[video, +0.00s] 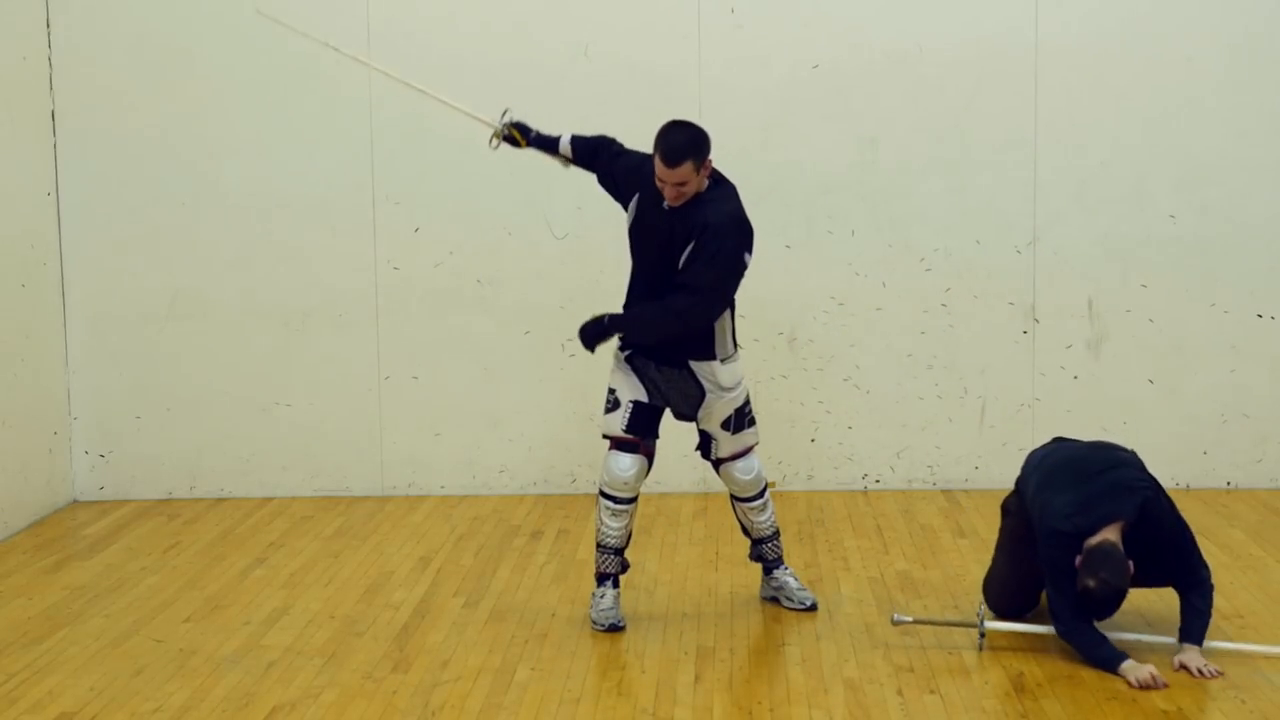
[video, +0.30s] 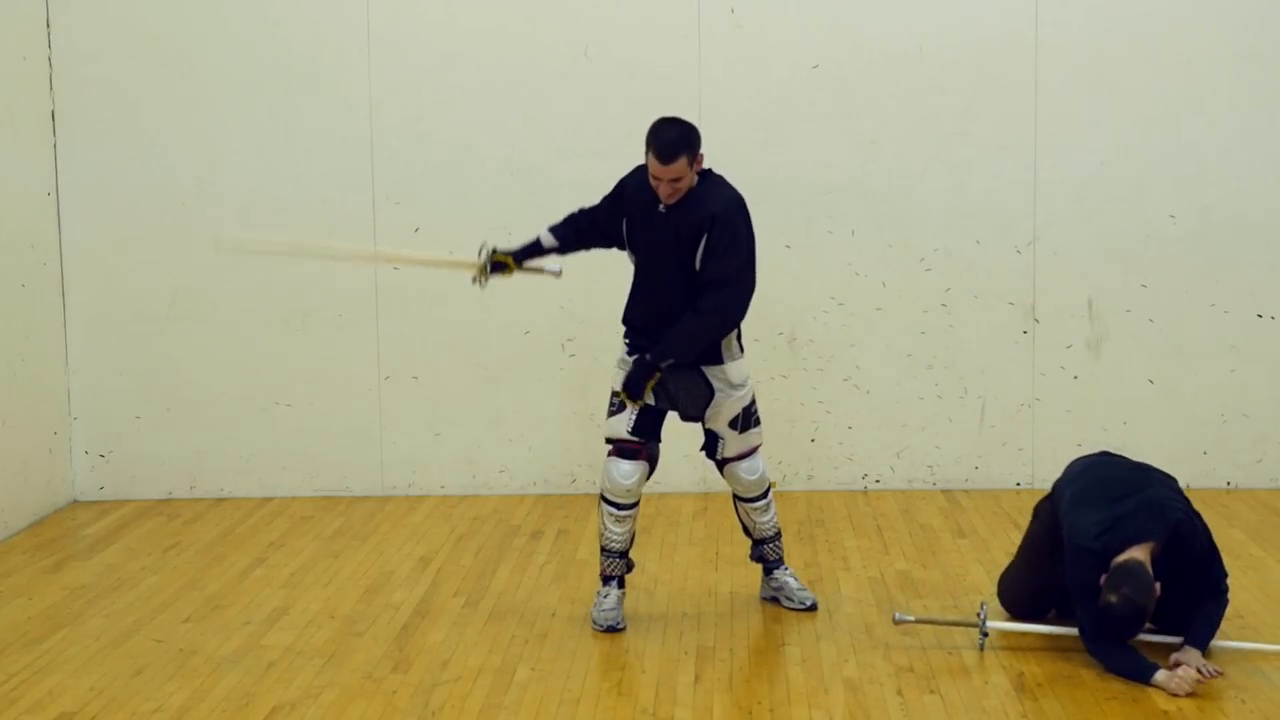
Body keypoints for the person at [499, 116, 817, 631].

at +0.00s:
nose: (669, 192)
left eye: (681, 184)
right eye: (662, 181)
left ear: (705, 169)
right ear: (654, 165)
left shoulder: (727, 222)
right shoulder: (640, 176)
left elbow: (698, 306)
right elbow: (598, 153)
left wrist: (620, 324)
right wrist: (535, 138)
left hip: (710, 359)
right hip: (642, 354)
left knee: (744, 471)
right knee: (622, 470)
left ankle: (775, 571)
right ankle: (607, 586)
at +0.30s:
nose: (664, 189)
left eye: (675, 180)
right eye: (655, 178)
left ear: (697, 163)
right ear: (645, 161)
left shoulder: (725, 209)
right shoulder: (636, 191)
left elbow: (727, 301)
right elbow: (590, 225)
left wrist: (656, 361)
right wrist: (520, 254)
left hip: (713, 351)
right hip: (644, 351)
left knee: (746, 468)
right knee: (624, 471)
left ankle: (775, 572)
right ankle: (612, 586)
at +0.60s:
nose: (619, 195)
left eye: (629, 185)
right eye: (610, 185)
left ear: (650, 167)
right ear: (598, 172)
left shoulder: (683, 205)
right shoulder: (586, 213)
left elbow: (735, 289)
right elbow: (564, 287)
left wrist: (743, 367)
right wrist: (533, 359)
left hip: (692, 366)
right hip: (617, 367)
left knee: (734, 472)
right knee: (611, 475)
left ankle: (773, 572)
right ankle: (622, 589)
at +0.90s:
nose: (558, 168)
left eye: (568, 157)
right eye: (550, 158)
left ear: (595, 141)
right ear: (543, 149)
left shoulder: (639, 177)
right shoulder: (540, 202)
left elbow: (703, 233)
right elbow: (532, 293)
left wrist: (743, 298)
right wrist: (535, 372)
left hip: (651, 354)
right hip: (579, 361)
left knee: (668, 477)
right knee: (598, 484)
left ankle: (698, 583)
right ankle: (619, 589)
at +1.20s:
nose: (526, 169)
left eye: (535, 158)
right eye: (519, 159)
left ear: (563, 143)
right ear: (513, 152)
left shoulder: (610, 186)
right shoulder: (514, 203)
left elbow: (664, 258)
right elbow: (503, 288)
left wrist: (683, 338)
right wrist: (507, 365)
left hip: (603, 358)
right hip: (542, 363)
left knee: (565, 479)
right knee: (582, 480)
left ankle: (532, 607)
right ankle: (619, 588)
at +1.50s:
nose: (490, 163)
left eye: (499, 152)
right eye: (484, 153)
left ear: (531, 138)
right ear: (478, 145)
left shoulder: (568, 195)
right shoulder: (478, 196)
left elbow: (592, 296)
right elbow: (466, 284)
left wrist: (564, 376)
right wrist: (464, 356)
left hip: (537, 364)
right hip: (484, 362)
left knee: (514, 491)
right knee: (517, 487)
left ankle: (503, 626)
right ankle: (597, 570)